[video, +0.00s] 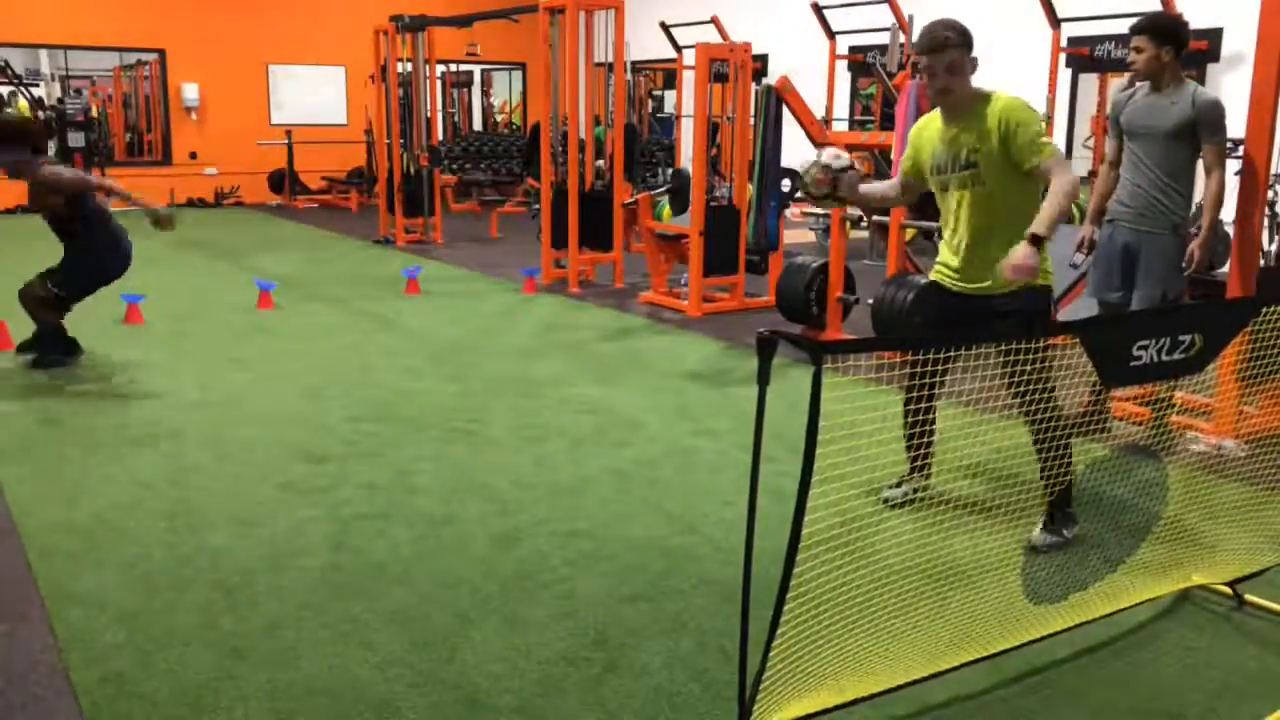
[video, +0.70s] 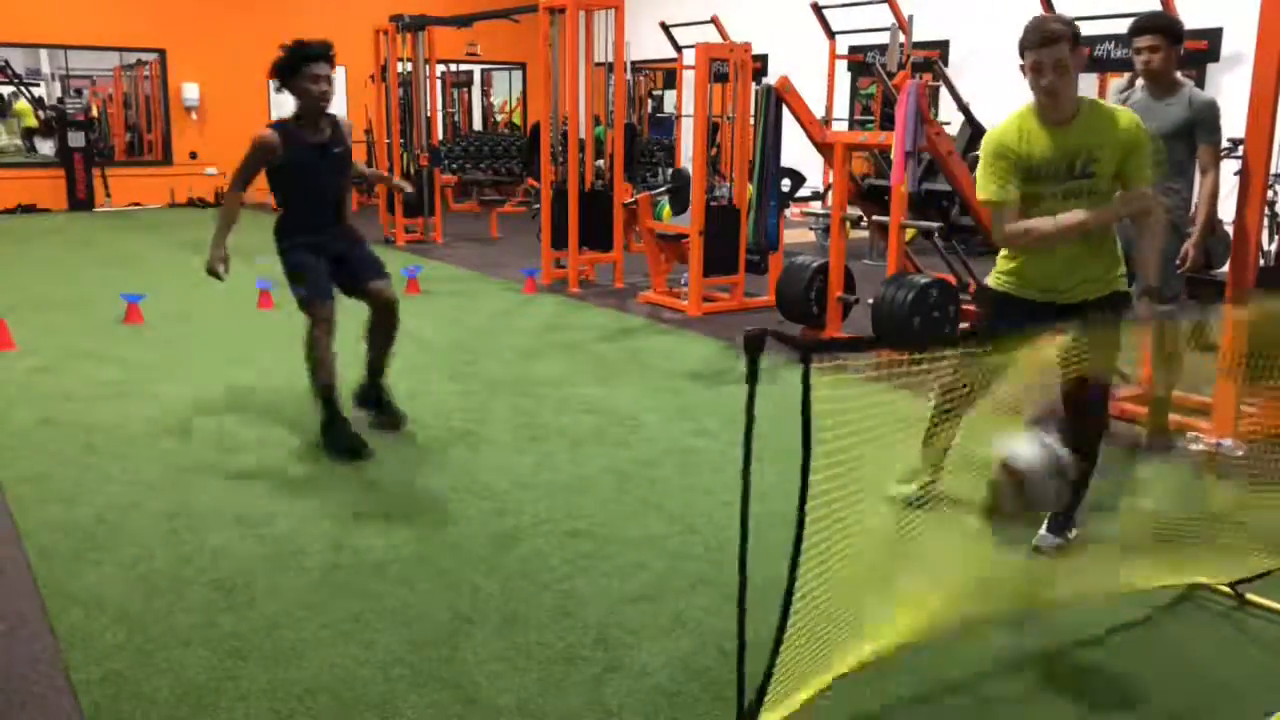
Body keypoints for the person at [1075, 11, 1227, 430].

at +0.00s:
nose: (1129, 58)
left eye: (1138, 50)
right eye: (1130, 50)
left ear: (1169, 55)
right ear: (1146, 54)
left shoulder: (1202, 104)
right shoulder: (1123, 98)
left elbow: (1214, 174)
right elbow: (1110, 165)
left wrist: (1205, 236)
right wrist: (1090, 221)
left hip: (1163, 237)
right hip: (1114, 230)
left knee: (1149, 330)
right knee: (1106, 323)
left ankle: (1157, 428)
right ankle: (1095, 409)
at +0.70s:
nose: (1144, 59)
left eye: (1153, 50)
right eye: (1138, 51)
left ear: (1175, 52)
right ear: (1131, 55)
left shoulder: (1200, 104)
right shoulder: (1120, 97)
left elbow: (1209, 171)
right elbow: (1106, 158)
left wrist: (1199, 235)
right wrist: (1100, 216)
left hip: (1169, 224)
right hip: (1120, 220)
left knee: (1163, 316)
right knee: (1103, 308)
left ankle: (1159, 410)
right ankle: (1090, 400)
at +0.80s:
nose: (1142, 59)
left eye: (1151, 50)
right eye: (1135, 51)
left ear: (1174, 51)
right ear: (1129, 55)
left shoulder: (1198, 106)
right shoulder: (1124, 102)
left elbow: (1206, 174)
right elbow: (1106, 164)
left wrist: (1197, 236)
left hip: (1171, 224)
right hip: (1124, 219)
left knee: (1161, 310)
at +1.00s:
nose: (1130, 61)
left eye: (1138, 53)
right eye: (1128, 54)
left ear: (1169, 53)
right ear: (1126, 54)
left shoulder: (1198, 107)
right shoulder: (1122, 100)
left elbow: (1206, 174)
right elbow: (1105, 163)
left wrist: (1195, 238)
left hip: (1167, 225)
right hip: (1122, 220)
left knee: (1158, 309)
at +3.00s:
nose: (1121, 59)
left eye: (1128, 51)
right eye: (1121, 51)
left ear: (1158, 54)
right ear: (1143, 55)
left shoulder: (1195, 106)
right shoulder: (1121, 104)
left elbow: (1205, 175)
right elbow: (1109, 171)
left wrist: (1189, 238)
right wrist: (1088, 226)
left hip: (1160, 236)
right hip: (1114, 229)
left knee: (1143, 327)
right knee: (1105, 322)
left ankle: (1154, 421)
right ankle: (1097, 403)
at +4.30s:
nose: (1138, 58)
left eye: (1148, 49)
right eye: (1135, 49)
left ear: (1173, 51)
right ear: (1129, 52)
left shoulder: (1196, 107)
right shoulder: (1127, 99)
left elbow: (1204, 178)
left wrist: (1195, 233)